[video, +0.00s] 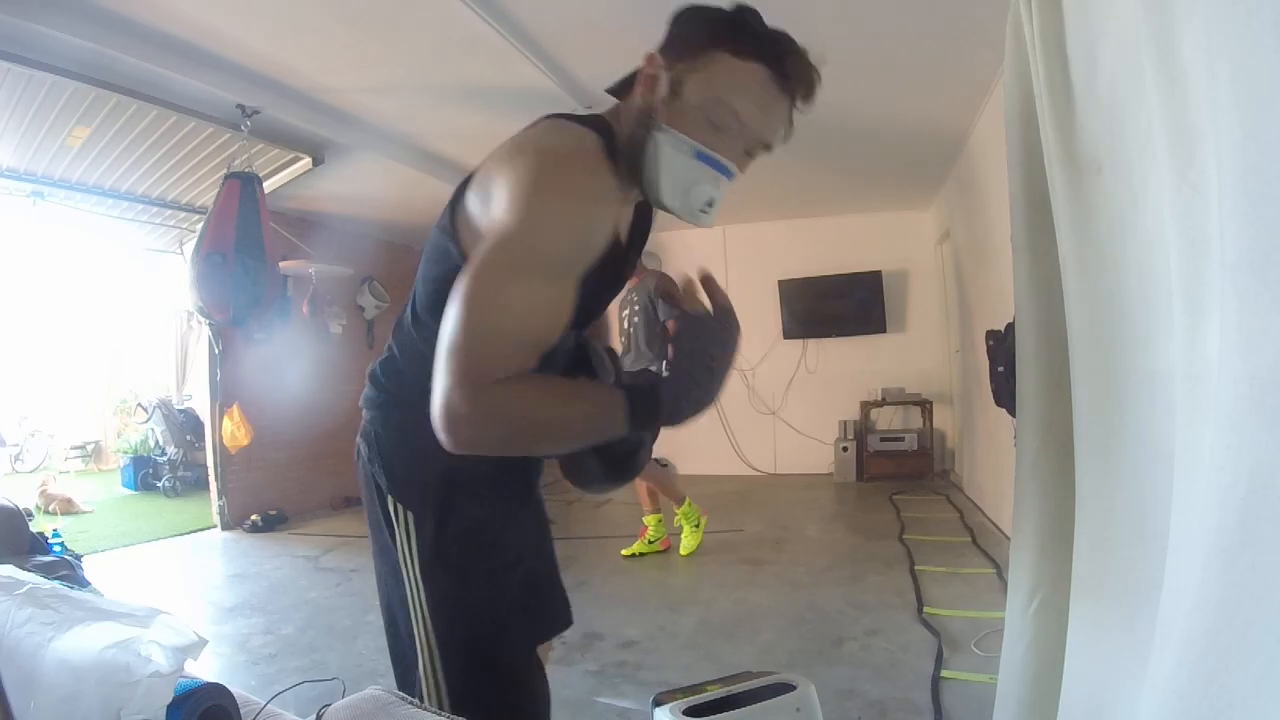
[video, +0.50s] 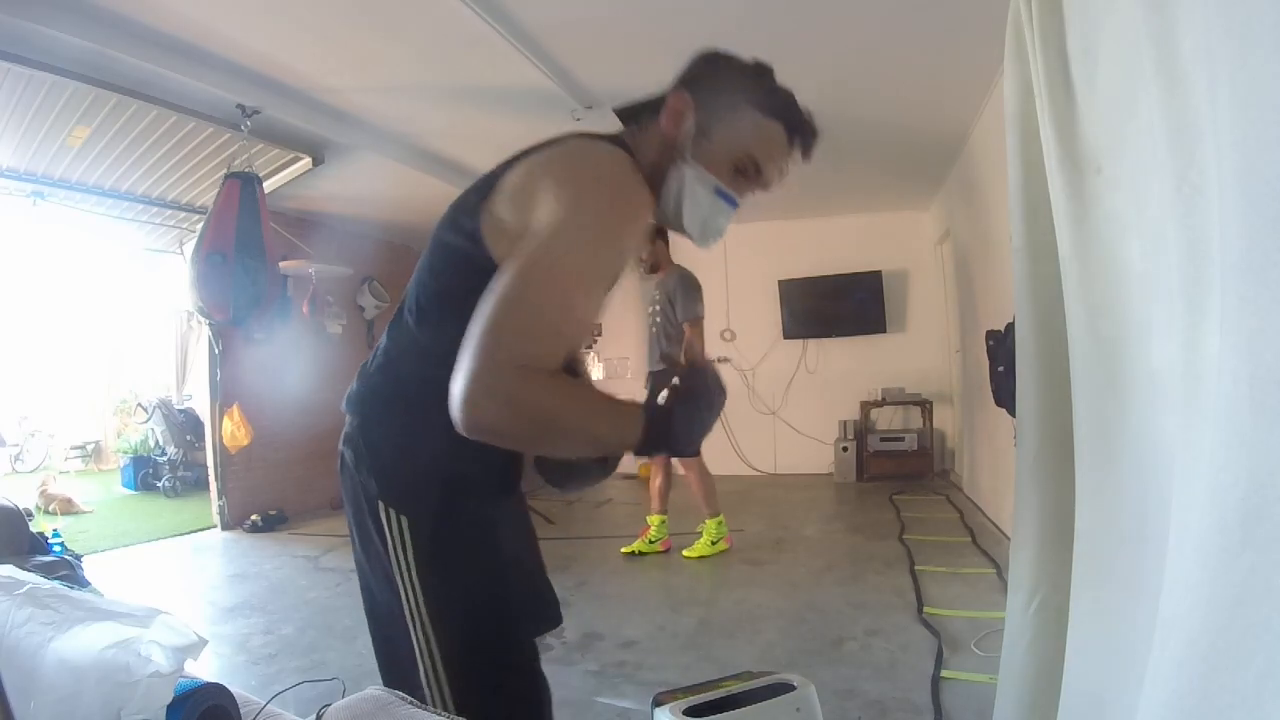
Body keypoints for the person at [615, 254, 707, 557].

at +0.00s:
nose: (619, 268)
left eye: (622, 262)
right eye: (617, 264)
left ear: (633, 258)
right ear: (622, 264)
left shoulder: (658, 282)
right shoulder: (627, 294)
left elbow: (676, 328)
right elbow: (629, 340)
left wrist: (675, 372)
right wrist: (619, 372)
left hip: (651, 379)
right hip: (628, 379)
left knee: (639, 456)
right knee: (636, 457)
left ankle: (688, 511)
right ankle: (655, 530)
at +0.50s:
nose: (639, 257)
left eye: (644, 249)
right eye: (636, 250)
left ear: (662, 245)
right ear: (638, 251)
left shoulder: (682, 281)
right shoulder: (651, 284)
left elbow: (694, 333)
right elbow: (656, 333)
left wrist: (687, 378)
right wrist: (653, 375)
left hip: (682, 376)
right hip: (657, 377)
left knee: (688, 456)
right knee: (658, 456)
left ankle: (716, 529)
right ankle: (657, 530)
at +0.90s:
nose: (658, 266)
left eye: (658, 258)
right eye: (655, 260)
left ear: (675, 249)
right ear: (676, 252)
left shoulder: (701, 281)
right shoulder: (690, 283)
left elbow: (720, 336)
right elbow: (696, 333)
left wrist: (695, 373)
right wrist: (682, 367)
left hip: (717, 373)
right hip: (705, 372)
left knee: (716, 452)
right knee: (695, 446)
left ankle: (721, 532)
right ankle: (696, 517)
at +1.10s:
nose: (670, 265)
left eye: (671, 257)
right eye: (669, 258)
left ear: (686, 251)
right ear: (693, 252)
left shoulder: (705, 284)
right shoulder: (717, 282)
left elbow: (711, 339)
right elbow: (718, 337)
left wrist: (685, 376)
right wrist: (686, 367)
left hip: (717, 375)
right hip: (725, 374)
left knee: (717, 454)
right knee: (722, 450)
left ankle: (719, 533)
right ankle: (738, 512)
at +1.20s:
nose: (678, 267)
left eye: (678, 259)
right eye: (676, 260)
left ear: (690, 253)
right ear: (702, 253)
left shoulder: (707, 285)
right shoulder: (727, 284)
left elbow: (712, 336)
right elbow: (728, 335)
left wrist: (687, 371)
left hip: (715, 375)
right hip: (731, 375)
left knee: (718, 454)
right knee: (730, 448)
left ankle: (719, 533)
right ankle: (748, 513)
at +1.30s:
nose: (684, 270)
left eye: (685, 262)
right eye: (683, 264)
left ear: (696, 255)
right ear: (708, 256)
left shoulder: (708, 286)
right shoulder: (734, 286)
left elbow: (710, 336)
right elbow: (749, 342)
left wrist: (686, 371)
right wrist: (746, 379)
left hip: (718, 378)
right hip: (738, 378)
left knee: (719, 456)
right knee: (738, 449)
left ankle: (718, 533)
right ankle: (750, 515)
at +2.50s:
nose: (665, 279)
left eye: (666, 273)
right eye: (666, 273)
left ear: (673, 272)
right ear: (683, 269)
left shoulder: (671, 300)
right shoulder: (705, 297)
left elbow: (668, 344)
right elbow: (721, 339)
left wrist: (661, 376)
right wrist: (723, 374)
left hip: (684, 375)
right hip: (708, 375)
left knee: (683, 442)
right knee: (701, 439)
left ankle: (687, 508)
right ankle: (729, 489)